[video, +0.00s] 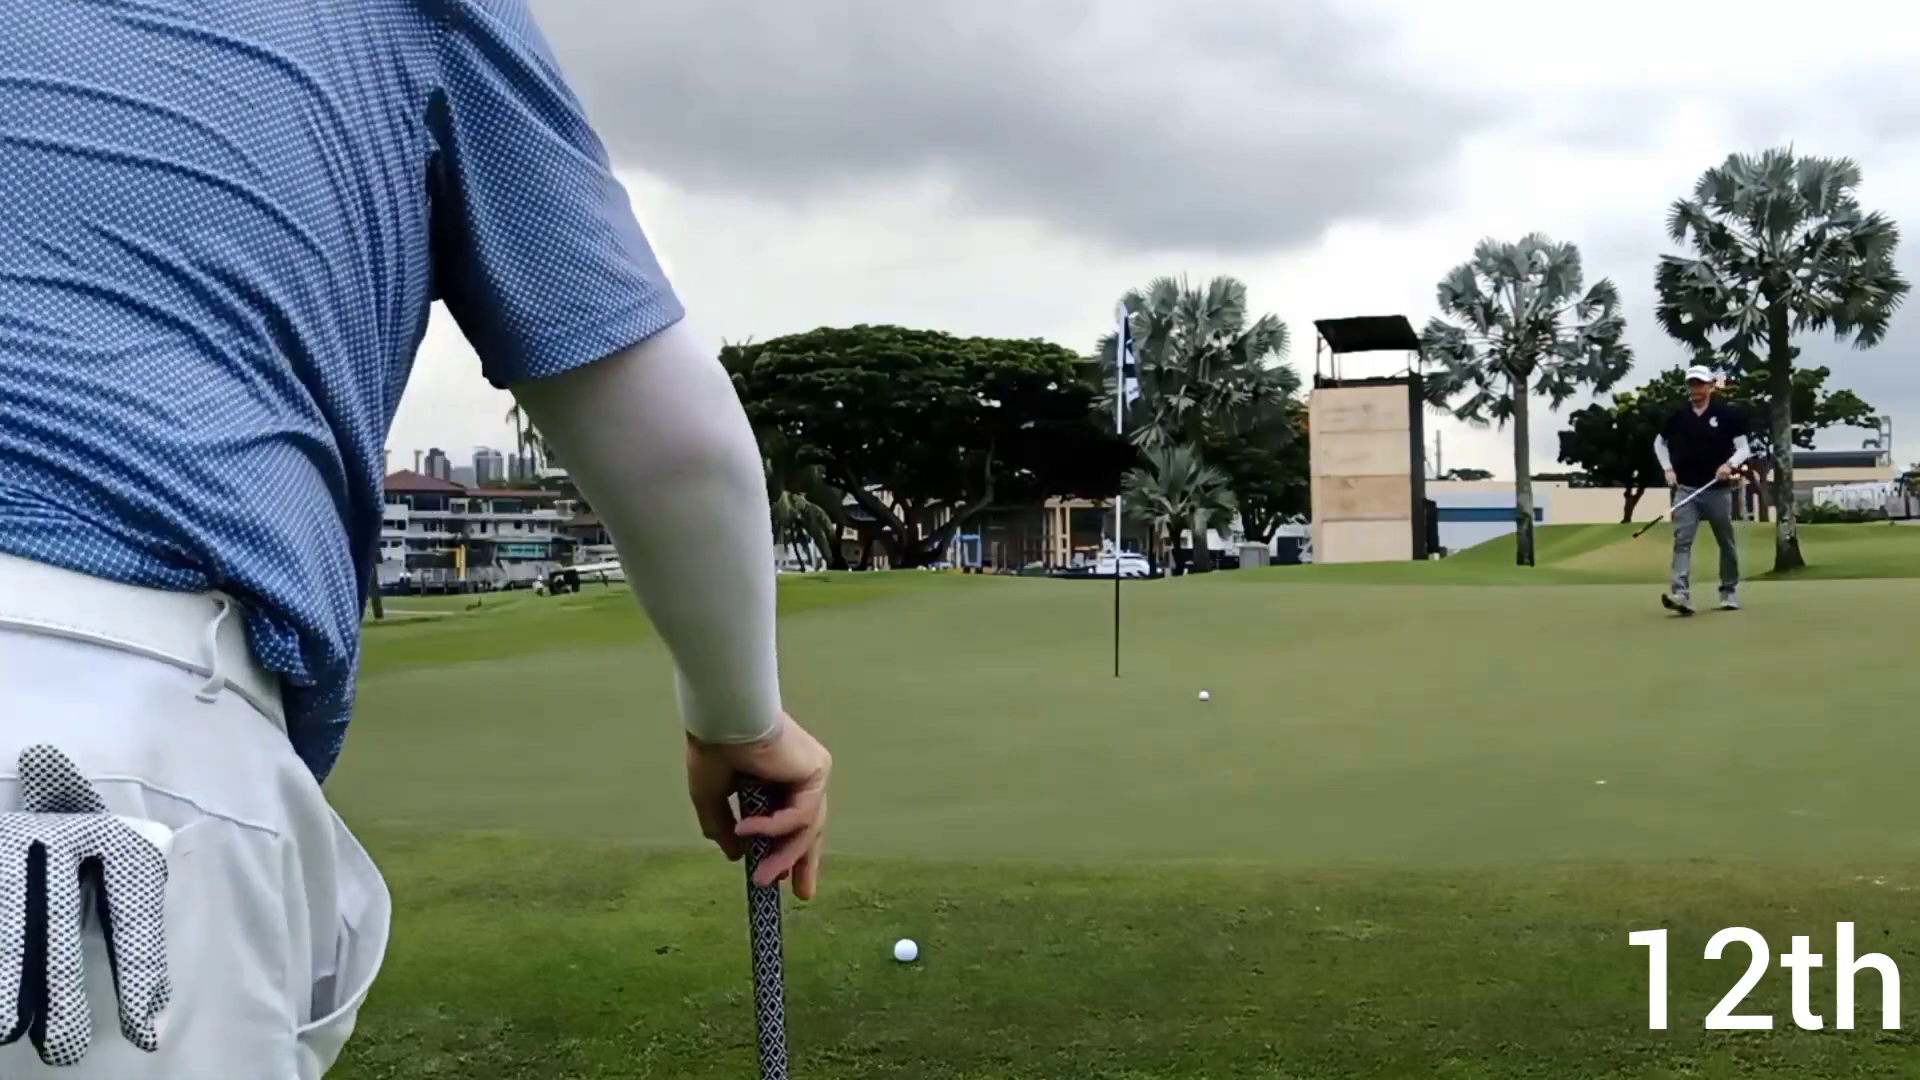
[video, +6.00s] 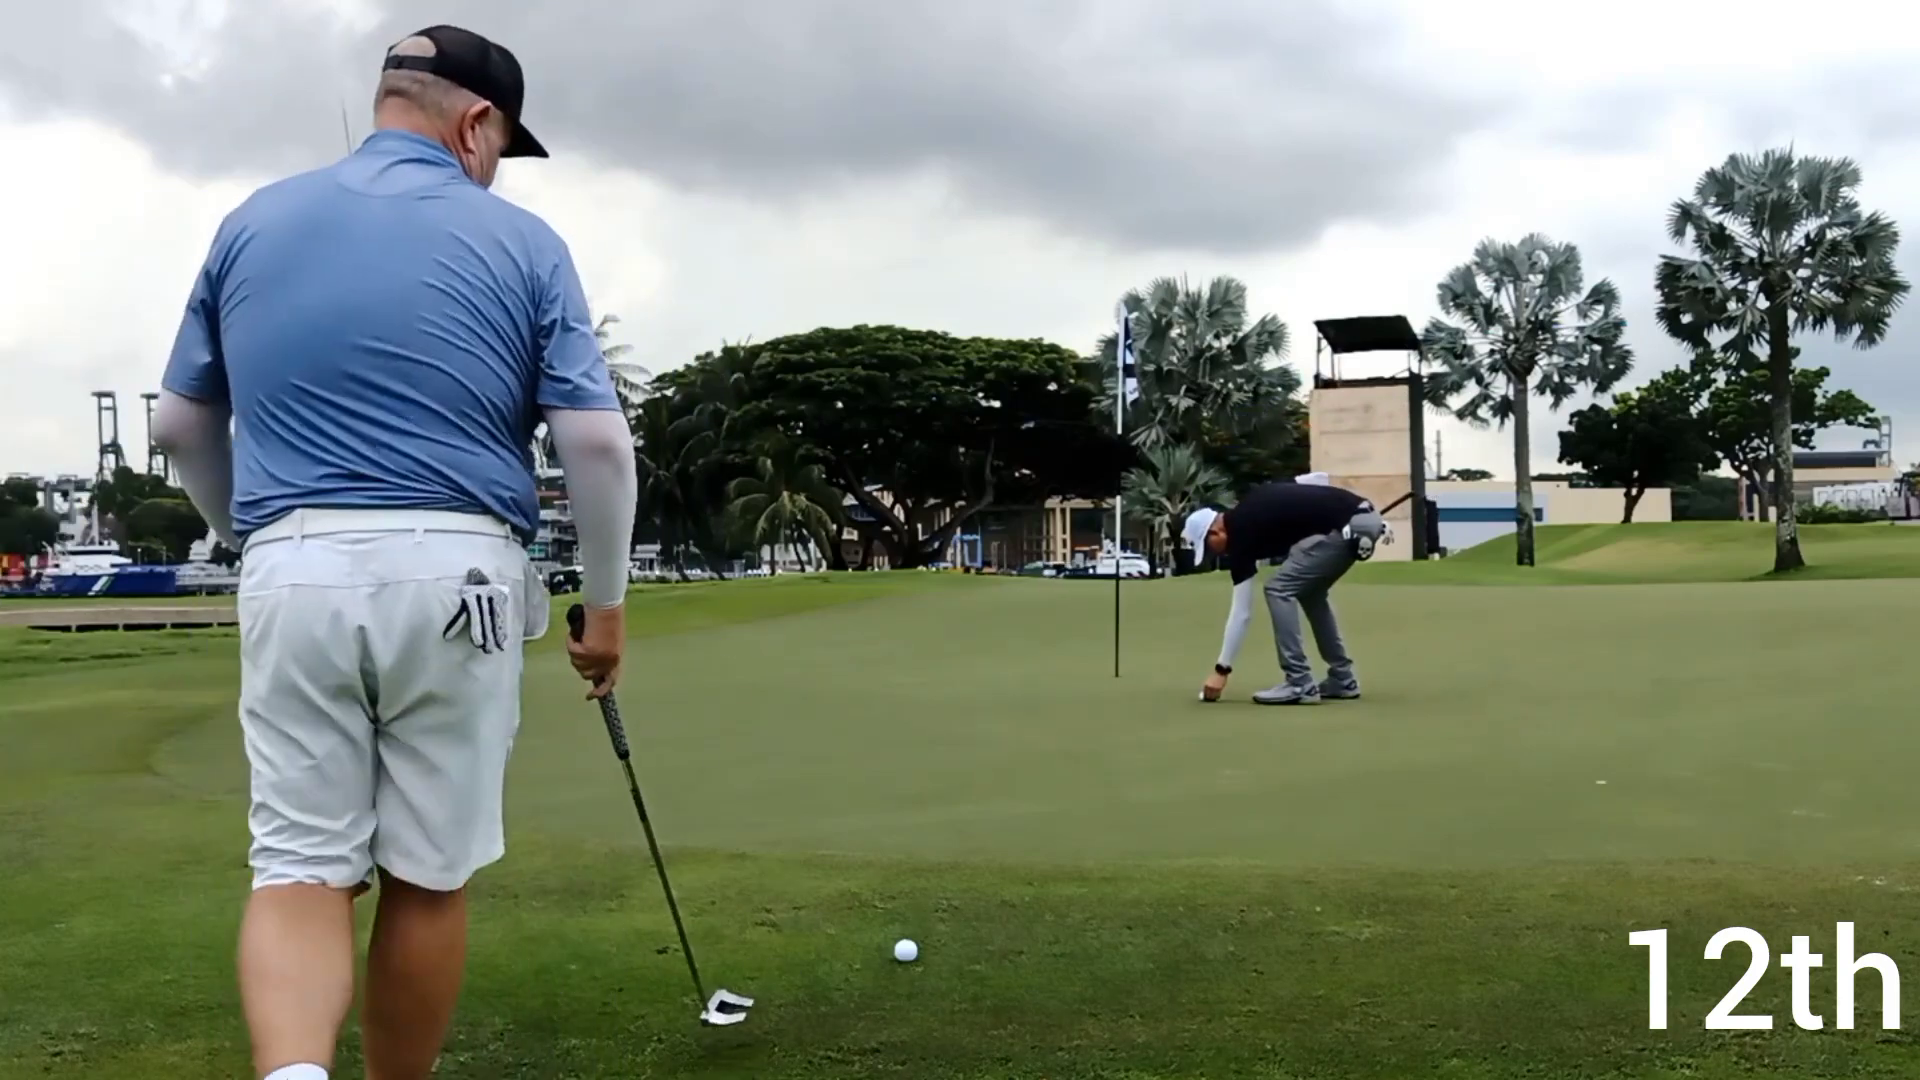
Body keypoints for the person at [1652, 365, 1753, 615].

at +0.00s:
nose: (1696, 389)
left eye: (1701, 384)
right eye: (1692, 384)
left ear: (1712, 386)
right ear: (1687, 387)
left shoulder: (1726, 415)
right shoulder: (1679, 416)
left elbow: (1743, 447)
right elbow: (1659, 443)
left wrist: (1730, 465)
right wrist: (1667, 469)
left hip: (1717, 489)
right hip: (1685, 490)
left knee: (1726, 542)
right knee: (1682, 540)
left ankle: (1729, 592)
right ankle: (1680, 594)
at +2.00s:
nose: (1588, 380)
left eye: (1594, 374)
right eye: (1583, 374)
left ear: (1603, 377)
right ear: (1576, 378)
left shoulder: (1620, 412)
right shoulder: (1563, 413)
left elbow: (1636, 455)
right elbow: (1550, 453)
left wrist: (1597, 468)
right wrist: (1559, 472)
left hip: (1609, 504)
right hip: (1572, 502)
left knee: (1612, 566)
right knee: (1566, 556)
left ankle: (1608, 629)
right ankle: (1569, 630)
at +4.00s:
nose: (1423, 371)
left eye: (1428, 363)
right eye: (1417, 365)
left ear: (1447, 358)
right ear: (1413, 366)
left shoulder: (1476, 399)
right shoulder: (1412, 406)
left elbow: (1499, 455)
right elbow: (1405, 462)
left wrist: (1513, 505)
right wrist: (1396, 512)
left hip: (1467, 510)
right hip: (1424, 514)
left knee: (1475, 586)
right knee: (1418, 585)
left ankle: (1485, 667)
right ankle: (1454, 640)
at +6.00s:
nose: (1214, 552)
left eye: (1209, 546)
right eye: (1209, 549)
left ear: (1215, 530)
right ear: (1218, 521)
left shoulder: (1239, 539)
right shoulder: (1260, 498)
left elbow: (1241, 613)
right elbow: (1319, 478)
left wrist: (1221, 671)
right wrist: (1351, 507)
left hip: (1346, 529)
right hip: (1362, 518)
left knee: (1278, 590)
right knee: (1312, 594)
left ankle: (1299, 682)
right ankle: (1342, 679)